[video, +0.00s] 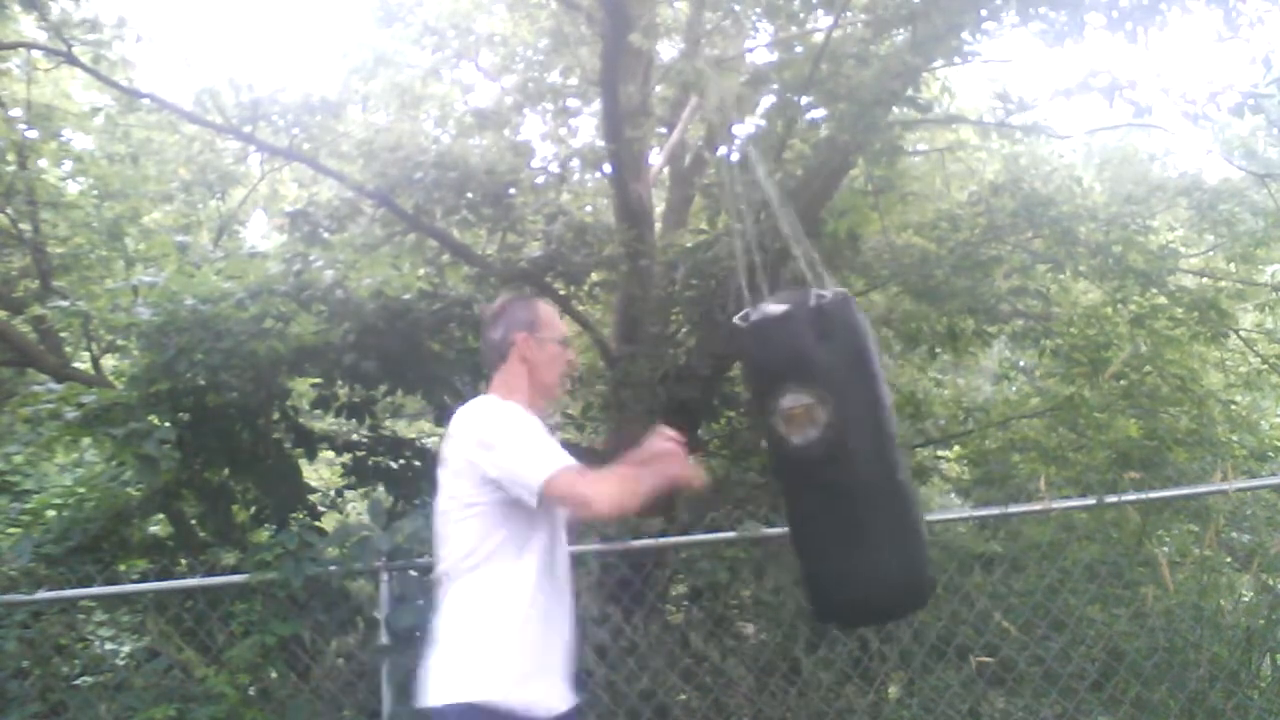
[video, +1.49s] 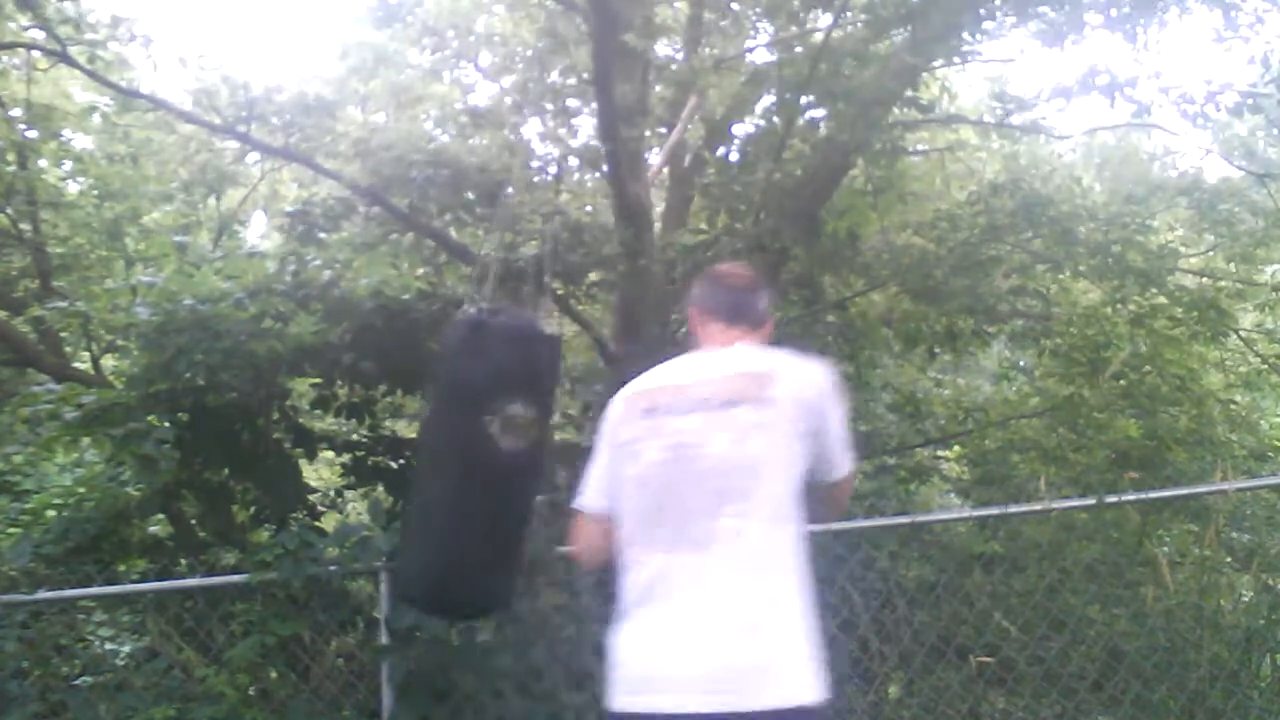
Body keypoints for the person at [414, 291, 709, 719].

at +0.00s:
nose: (573, 359)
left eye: (569, 345)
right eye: (561, 343)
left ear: (524, 348)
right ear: (523, 347)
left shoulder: (519, 428)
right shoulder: (487, 422)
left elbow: (588, 488)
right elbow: (597, 498)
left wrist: (644, 458)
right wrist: (663, 470)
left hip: (533, 692)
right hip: (486, 694)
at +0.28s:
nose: (562, 367)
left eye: (561, 355)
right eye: (554, 353)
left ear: (511, 358)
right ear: (515, 355)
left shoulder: (521, 449)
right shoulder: (499, 401)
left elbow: (615, 487)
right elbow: (436, 483)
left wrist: (689, 416)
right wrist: (396, 570)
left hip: (530, 688)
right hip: (589, 609)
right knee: (757, 556)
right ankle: (930, 568)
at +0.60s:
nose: (573, 371)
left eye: (572, 358)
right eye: (566, 356)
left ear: (499, 375)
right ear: (540, 359)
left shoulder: (449, 459)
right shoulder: (558, 404)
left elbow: (445, 599)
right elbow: (644, 485)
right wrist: (690, 534)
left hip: (504, 691)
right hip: (594, 651)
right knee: (705, 712)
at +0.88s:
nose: (615, 374)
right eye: (614, 363)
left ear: (546, 364)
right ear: (604, 364)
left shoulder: (476, 437)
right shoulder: (607, 422)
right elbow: (697, 534)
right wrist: (642, 509)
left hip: (451, 687)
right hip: (529, 687)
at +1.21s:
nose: (690, 359)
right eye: (692, 352)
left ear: (612, 342)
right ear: (686, 354)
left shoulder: (534, 407)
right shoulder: (676, 410)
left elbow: (450, 524)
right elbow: (755, 511)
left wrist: (531, 540)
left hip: (500, 684)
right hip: (594, 692)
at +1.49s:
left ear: (692, 320)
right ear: (769, 327)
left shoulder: (631, 399)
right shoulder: (809, 379)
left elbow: (588, 545)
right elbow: (834, 501)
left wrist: (664, 514)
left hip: (654, 685)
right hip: (773, 682)